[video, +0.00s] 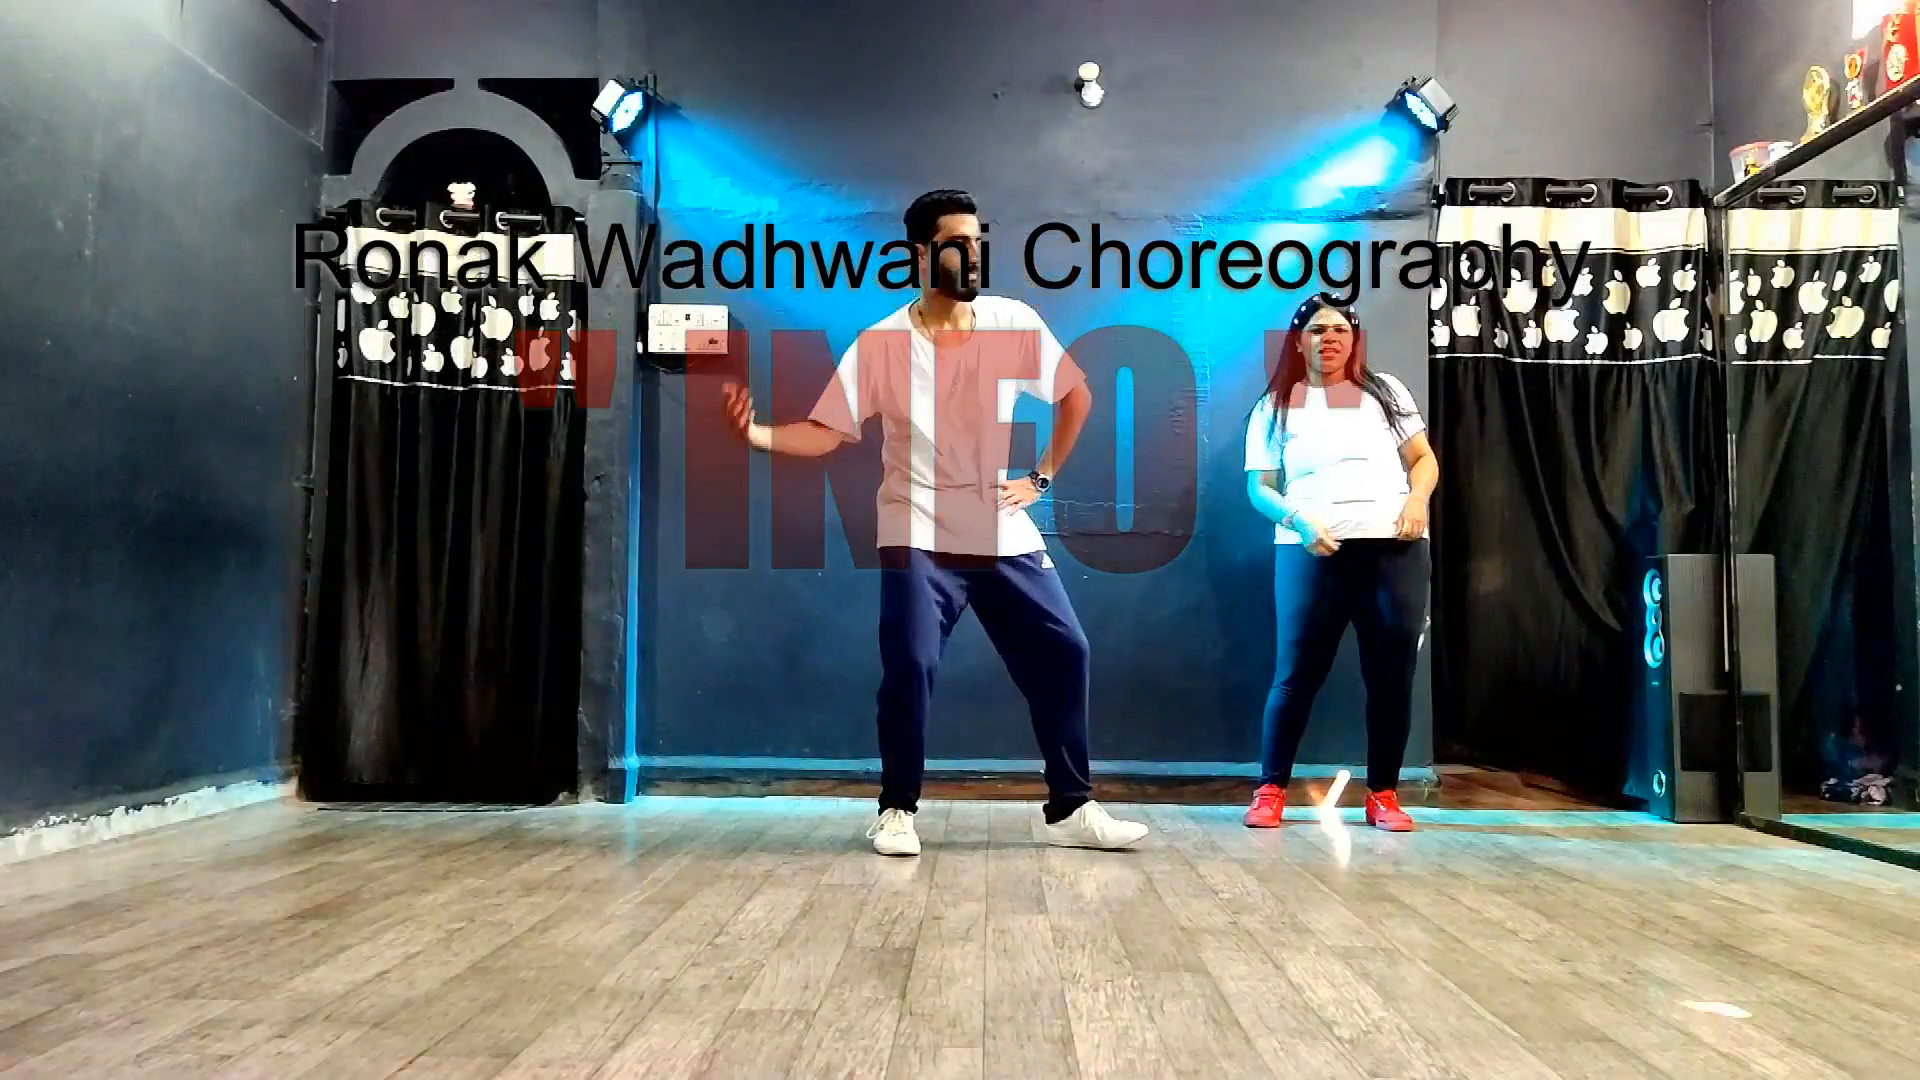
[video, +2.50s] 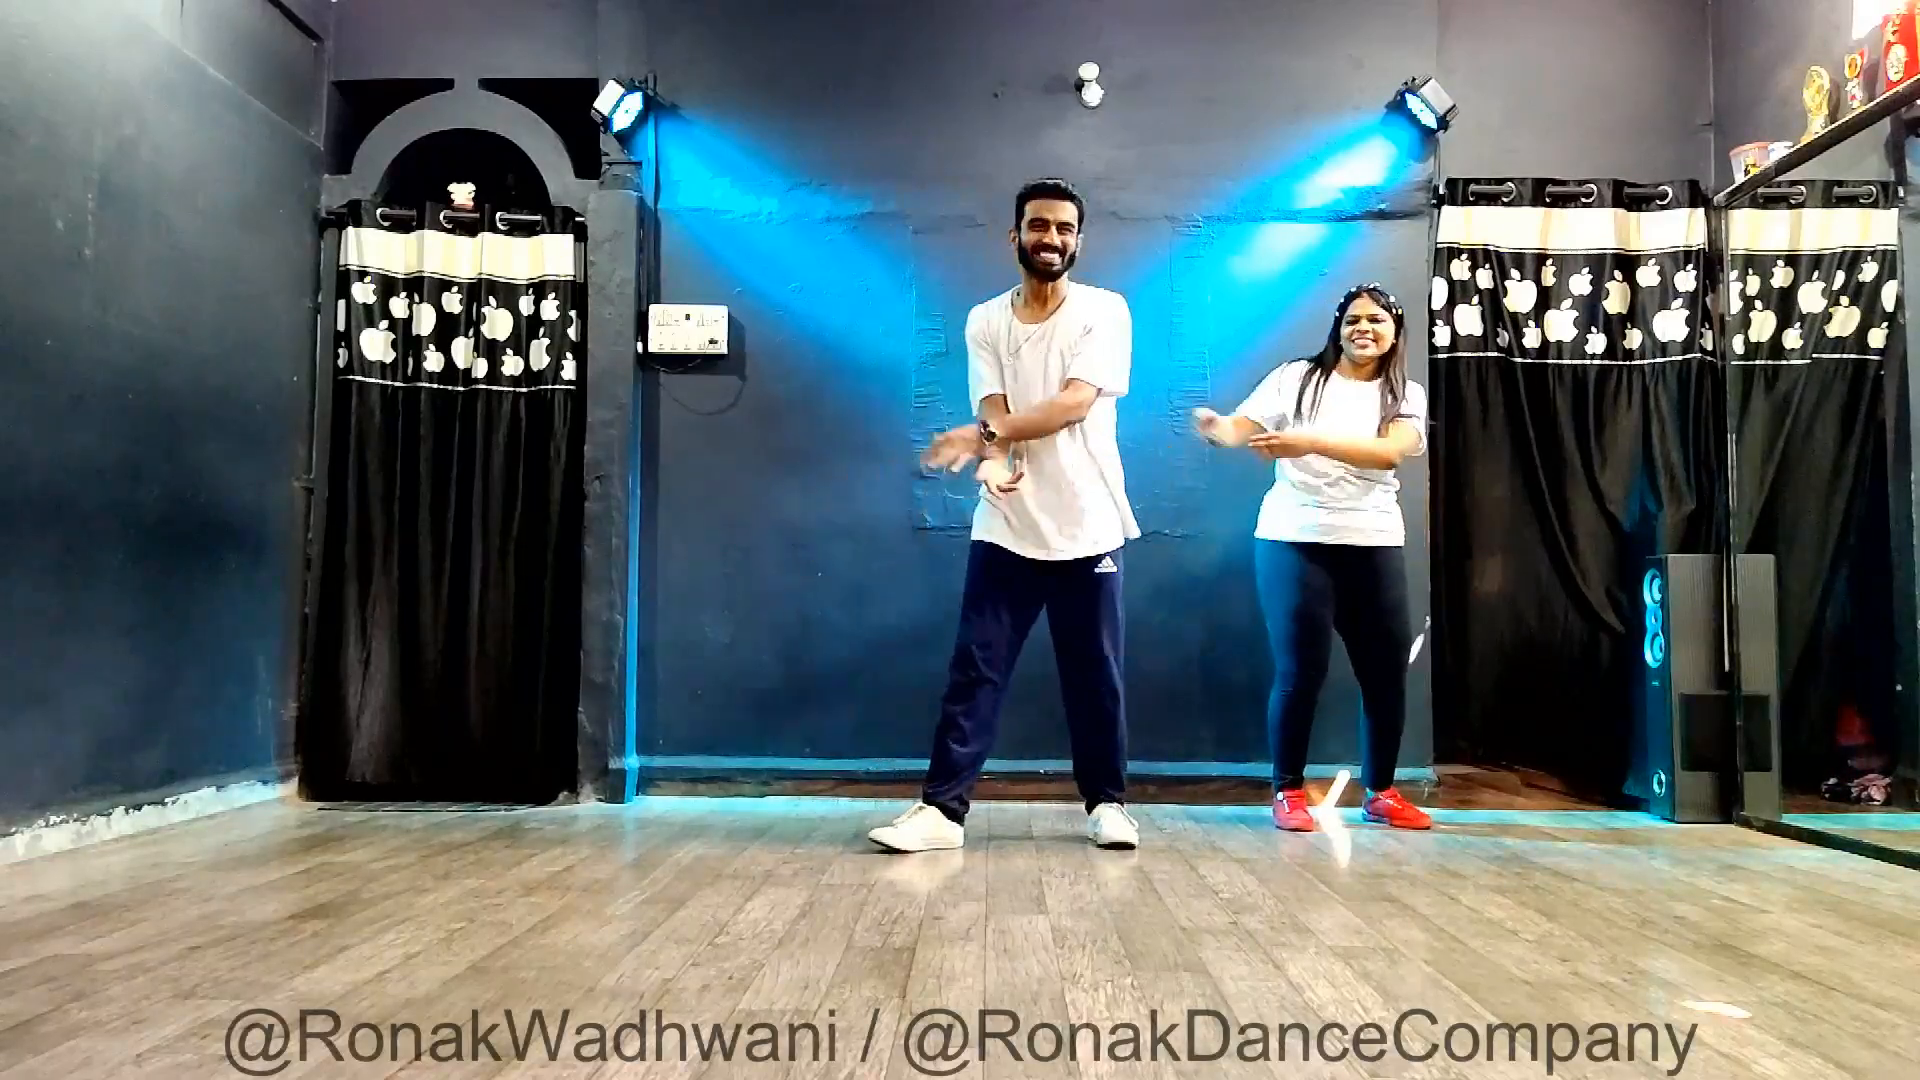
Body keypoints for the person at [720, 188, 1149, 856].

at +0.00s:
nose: (972, 257)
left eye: (978, 245)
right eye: (956, 246)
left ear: (984, 252)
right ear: (920, 255)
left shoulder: (1014, 325)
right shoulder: (880, 345)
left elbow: (1076, 394)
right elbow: (827, 431)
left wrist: (1044, 475)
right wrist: (752, 432)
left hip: (1002, 527)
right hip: (917, 530)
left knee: (1065, 649)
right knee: (911, 661)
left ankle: (1069, 805)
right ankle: (898, 809)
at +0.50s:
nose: (1005, 300)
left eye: (1020, 289)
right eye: (993, 285)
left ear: (1037, 298)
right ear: (972, 286)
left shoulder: (1066, 364)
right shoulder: (932, 352)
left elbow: (1144, 424)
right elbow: (898, 427)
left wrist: (1077, 491)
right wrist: (926, 415)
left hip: (1032, 536)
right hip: (944, 534)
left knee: (1062, 658)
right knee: (903, 649)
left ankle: (1080, 806)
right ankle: (890, 806)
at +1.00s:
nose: (984, 319)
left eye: (999, 306)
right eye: (972, 303)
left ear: (1019, 302)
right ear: (954, 296)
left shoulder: (1049, 344)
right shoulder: (927, 356)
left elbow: (1116, 423)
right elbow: (906, 417)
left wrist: (1059, 492)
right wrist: (892, 428)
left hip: (1014, 525)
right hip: (928, 520)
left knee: (1044, 657)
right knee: (892, 643)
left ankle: (1075, 804)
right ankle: (885, 807)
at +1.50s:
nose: (1025, 308)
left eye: (1033, 296)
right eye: (1011, 295)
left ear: (1039, 296)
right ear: (975, 292)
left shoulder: (1054, 357)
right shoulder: (926, 340)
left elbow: (1129, 424)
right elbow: (917, 399)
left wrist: (1067, 488)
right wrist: (916, 460)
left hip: (1024, 534)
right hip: (938, 532)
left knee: (1054, 655)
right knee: (904, 649)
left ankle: (1080, 805)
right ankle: (889, 806)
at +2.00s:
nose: (984, 244)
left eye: (981, 232)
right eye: (968, 236)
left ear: (953, 248)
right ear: (928, 254)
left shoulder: (1015, 303)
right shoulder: (881, 344)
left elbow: (1099, 354)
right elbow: (833, 430)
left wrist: (1102, 444)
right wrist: (772, 502)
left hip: (1028, 516)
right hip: (939, 520)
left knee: (1072, 645)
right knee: (920, 652)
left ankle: (1073, 804)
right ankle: (896, 808)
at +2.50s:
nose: (1051, 238)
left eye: (1064, 228)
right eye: (1038, 226)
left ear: (1078, 239)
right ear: (1016, 235)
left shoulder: (1104, 311)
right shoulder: (985, 320)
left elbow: (1074, 405)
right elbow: (994, 409)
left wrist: (980, 434)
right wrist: (997, 456)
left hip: (1086, 523)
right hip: (1007, 522)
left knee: (1095, 673)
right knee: (977, 666)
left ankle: (1107, 804)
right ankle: (944, 810)